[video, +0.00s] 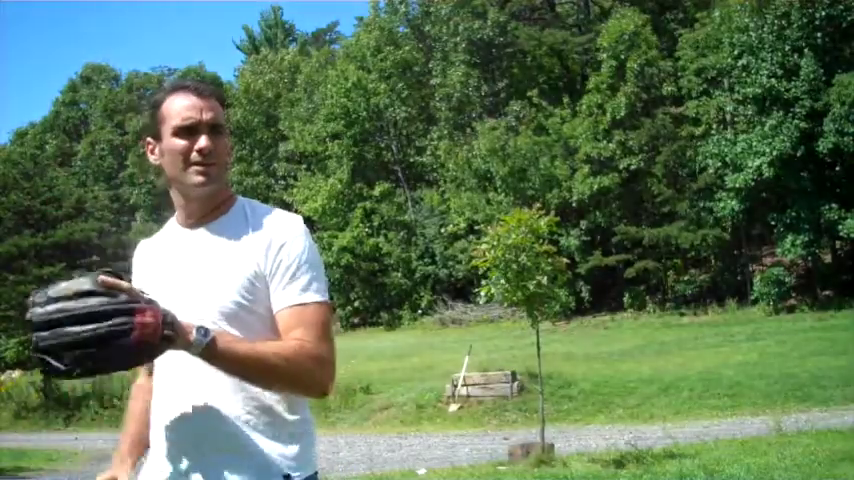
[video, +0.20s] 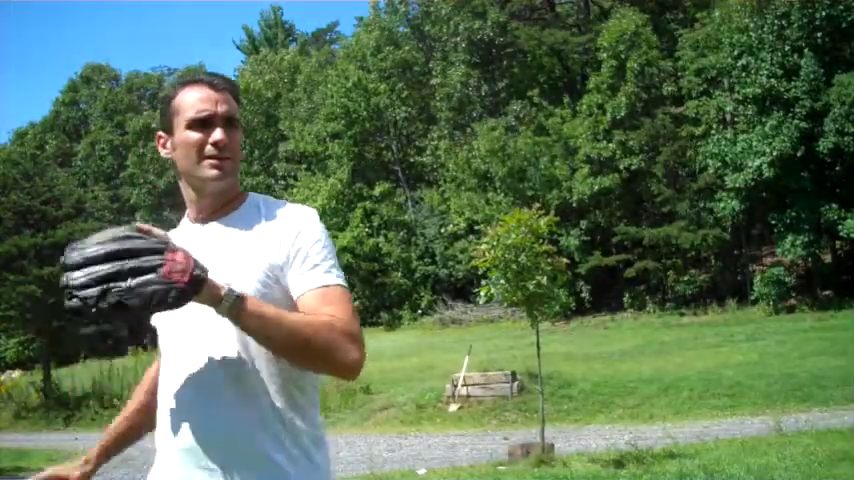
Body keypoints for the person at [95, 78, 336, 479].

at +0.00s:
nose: (205, 145)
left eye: (216, 131)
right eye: (187, 132)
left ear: (230, 144)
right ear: (154, 151)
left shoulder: (281, 233)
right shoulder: (150, 255)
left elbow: (316, 371)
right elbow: (150, 374)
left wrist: (187, 336)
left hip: (268, 467)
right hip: (169, 467)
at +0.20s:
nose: (219, 138)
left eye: (230, 125)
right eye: (200, 125)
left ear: (242, 138)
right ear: (165, 144)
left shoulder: (293, 225)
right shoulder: (166, 250)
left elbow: (345, 352)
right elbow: (170, 366)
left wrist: (214, 294)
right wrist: (91, 460)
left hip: (283, 467)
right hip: (181, 468)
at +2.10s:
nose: (260, 103)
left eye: (266, 88)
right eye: (238, 86)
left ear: (275, 97)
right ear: (186, 103)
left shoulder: (325, 215)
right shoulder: (134, 214)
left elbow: (418, 349)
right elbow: (47, 348)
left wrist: (323, 317)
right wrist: (179, 303)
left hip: (289, 469)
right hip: (163, 468)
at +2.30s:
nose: (236, 108)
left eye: (244, 93)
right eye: (214, 91)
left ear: (255, 103)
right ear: (165, 111)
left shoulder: (314, 217)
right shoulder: (121, 219)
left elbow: (394, 360)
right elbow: (32, 348)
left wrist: (294, 305)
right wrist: (144, 299)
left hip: (280, 466)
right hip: (153, 467)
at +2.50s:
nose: (231, 110)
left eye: (238, 96)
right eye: (209, 93)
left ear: (247, 108)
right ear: (158, 112)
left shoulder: (307, 217)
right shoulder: (115, 220)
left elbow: (371, 366)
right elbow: (24, 356)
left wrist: (282, 310)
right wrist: (137, 312)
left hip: (272, 467)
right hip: (145, 467)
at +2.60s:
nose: (229, 110)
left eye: (236, 95)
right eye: (207, 94)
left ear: (245, 107)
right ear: (156, 113)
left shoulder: (303, 222)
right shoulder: (113, 226)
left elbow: (352, 377)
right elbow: (39, 377)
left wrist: (287, 312)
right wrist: (173, 332)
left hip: (272, 468)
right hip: (146, 470)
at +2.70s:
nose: (228, 109)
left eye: (234, 94)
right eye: (207, 93)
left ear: (243, 105)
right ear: (156, 113)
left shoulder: (299, 220)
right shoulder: (108, 230)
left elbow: (344, 383)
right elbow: (49, 387)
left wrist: (303, 303)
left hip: (271, 469)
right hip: (143, 471)